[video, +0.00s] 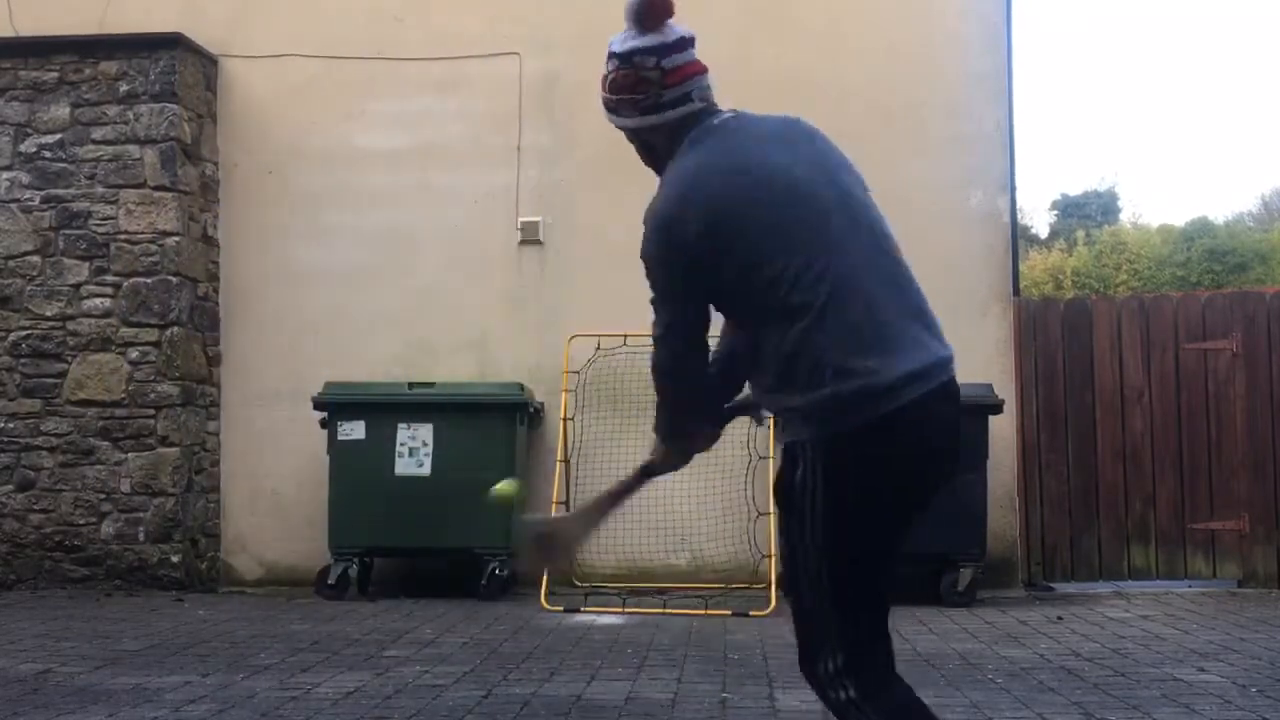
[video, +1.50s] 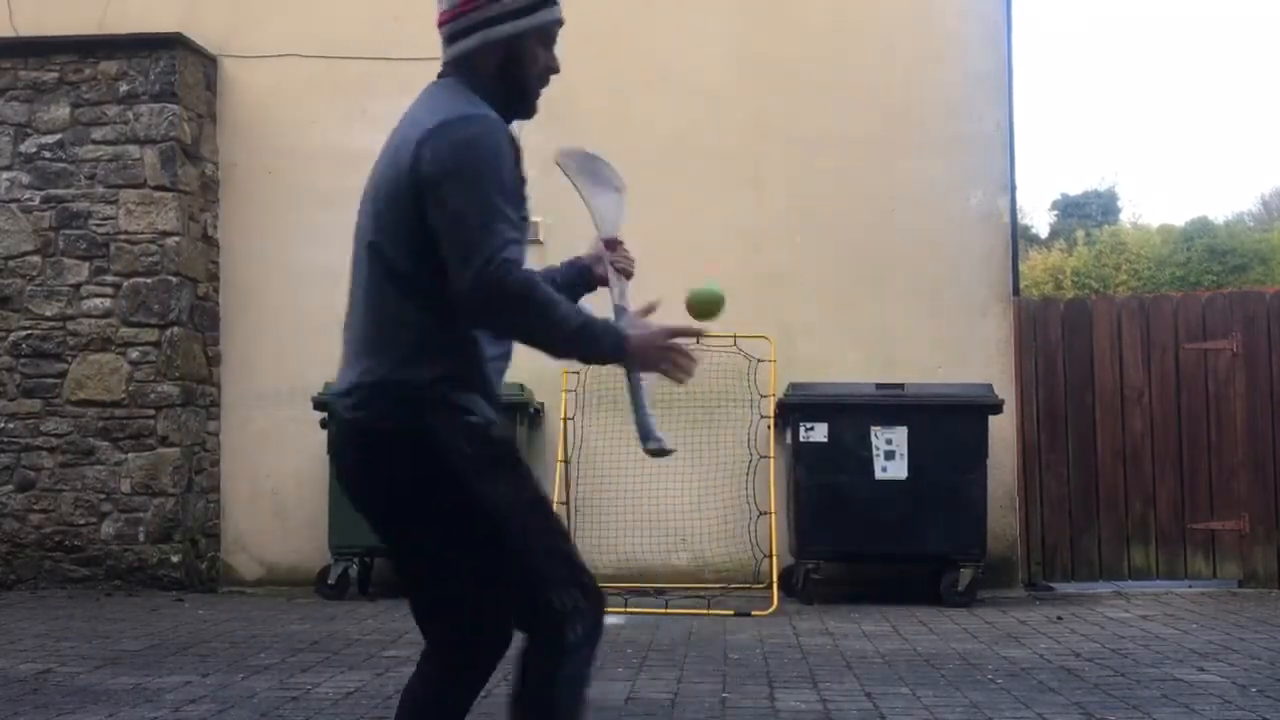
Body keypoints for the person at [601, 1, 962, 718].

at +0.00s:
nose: (632, 149)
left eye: (627, 133)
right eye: (625, 133)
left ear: (639, 130)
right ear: (702, 93)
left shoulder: (675, 210)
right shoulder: (791, 134)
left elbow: (678, 357)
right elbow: (761, 306)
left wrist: (678, 433)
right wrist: (706, 405)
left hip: (843, 429)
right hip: (930, 402)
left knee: (839, 661)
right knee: (852, 635)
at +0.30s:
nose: (607, 82)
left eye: (606, 72)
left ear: (611, 79)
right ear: (689, 65)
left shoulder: (611, 187)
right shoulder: (774, 134)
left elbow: (645, 324)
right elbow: (814, 261)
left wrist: (713, 379)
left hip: (726, 429)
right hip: (831, 411)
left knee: (705, 640)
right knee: (783, 620)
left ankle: (786, 711)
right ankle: (792, 717)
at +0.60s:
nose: (550, 81)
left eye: (551, 73)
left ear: (555, 84)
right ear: (633, 75)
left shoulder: (550, 172)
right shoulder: (701, 158)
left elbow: (518, 322)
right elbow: (764, 292)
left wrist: (473, 341)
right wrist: (661, 335)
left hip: (641, 427)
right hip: (749, 420)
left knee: (553, 636)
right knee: (666, 604)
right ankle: (705, 715)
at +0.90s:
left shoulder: (542, 67)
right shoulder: (714, 34)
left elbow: (438, 155)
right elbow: (812, 1)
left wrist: (320, 164)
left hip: (576, 360)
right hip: (689, 354)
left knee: (554, 570)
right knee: (703, 582)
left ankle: (539, 713)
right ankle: (700, 714)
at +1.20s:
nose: (648, 30)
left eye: (643, 17)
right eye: (642, 17)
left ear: (555, 30)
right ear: (625, 22)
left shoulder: (502, 125)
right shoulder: (646, 97)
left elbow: (430, 245)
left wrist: (418, 204)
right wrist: (895, 89)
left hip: (537, 421)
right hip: (640, 417)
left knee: (536, 610)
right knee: (711, 633)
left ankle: (431, 712)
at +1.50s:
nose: (554, 64)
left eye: (554, 45)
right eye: (546, 42)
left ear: (485, 47)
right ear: (502, 45)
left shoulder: (436, 123)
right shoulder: (468, 131)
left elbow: (475, 298)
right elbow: (493, 288)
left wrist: (581, 273)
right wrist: (620, 343)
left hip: (380, 424)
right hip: (429, 423)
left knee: (469, 628)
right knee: (570, 610)